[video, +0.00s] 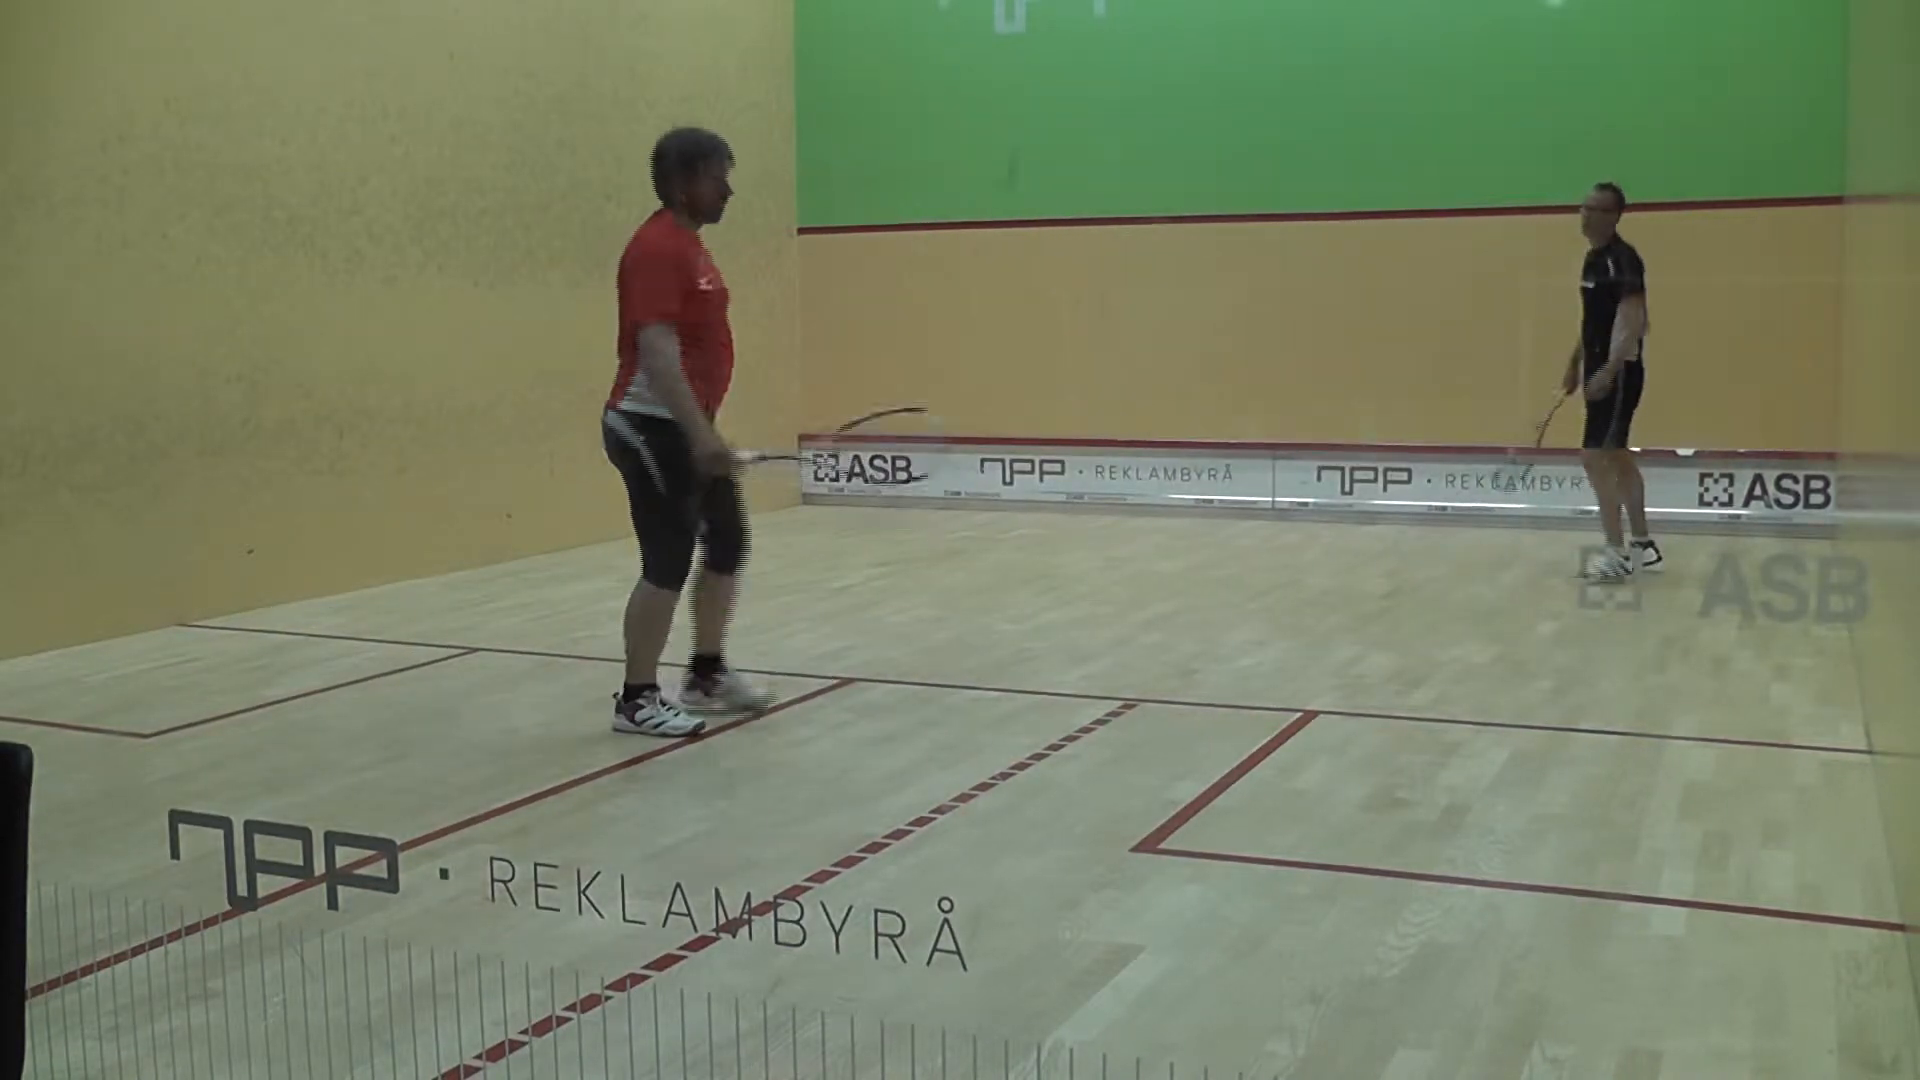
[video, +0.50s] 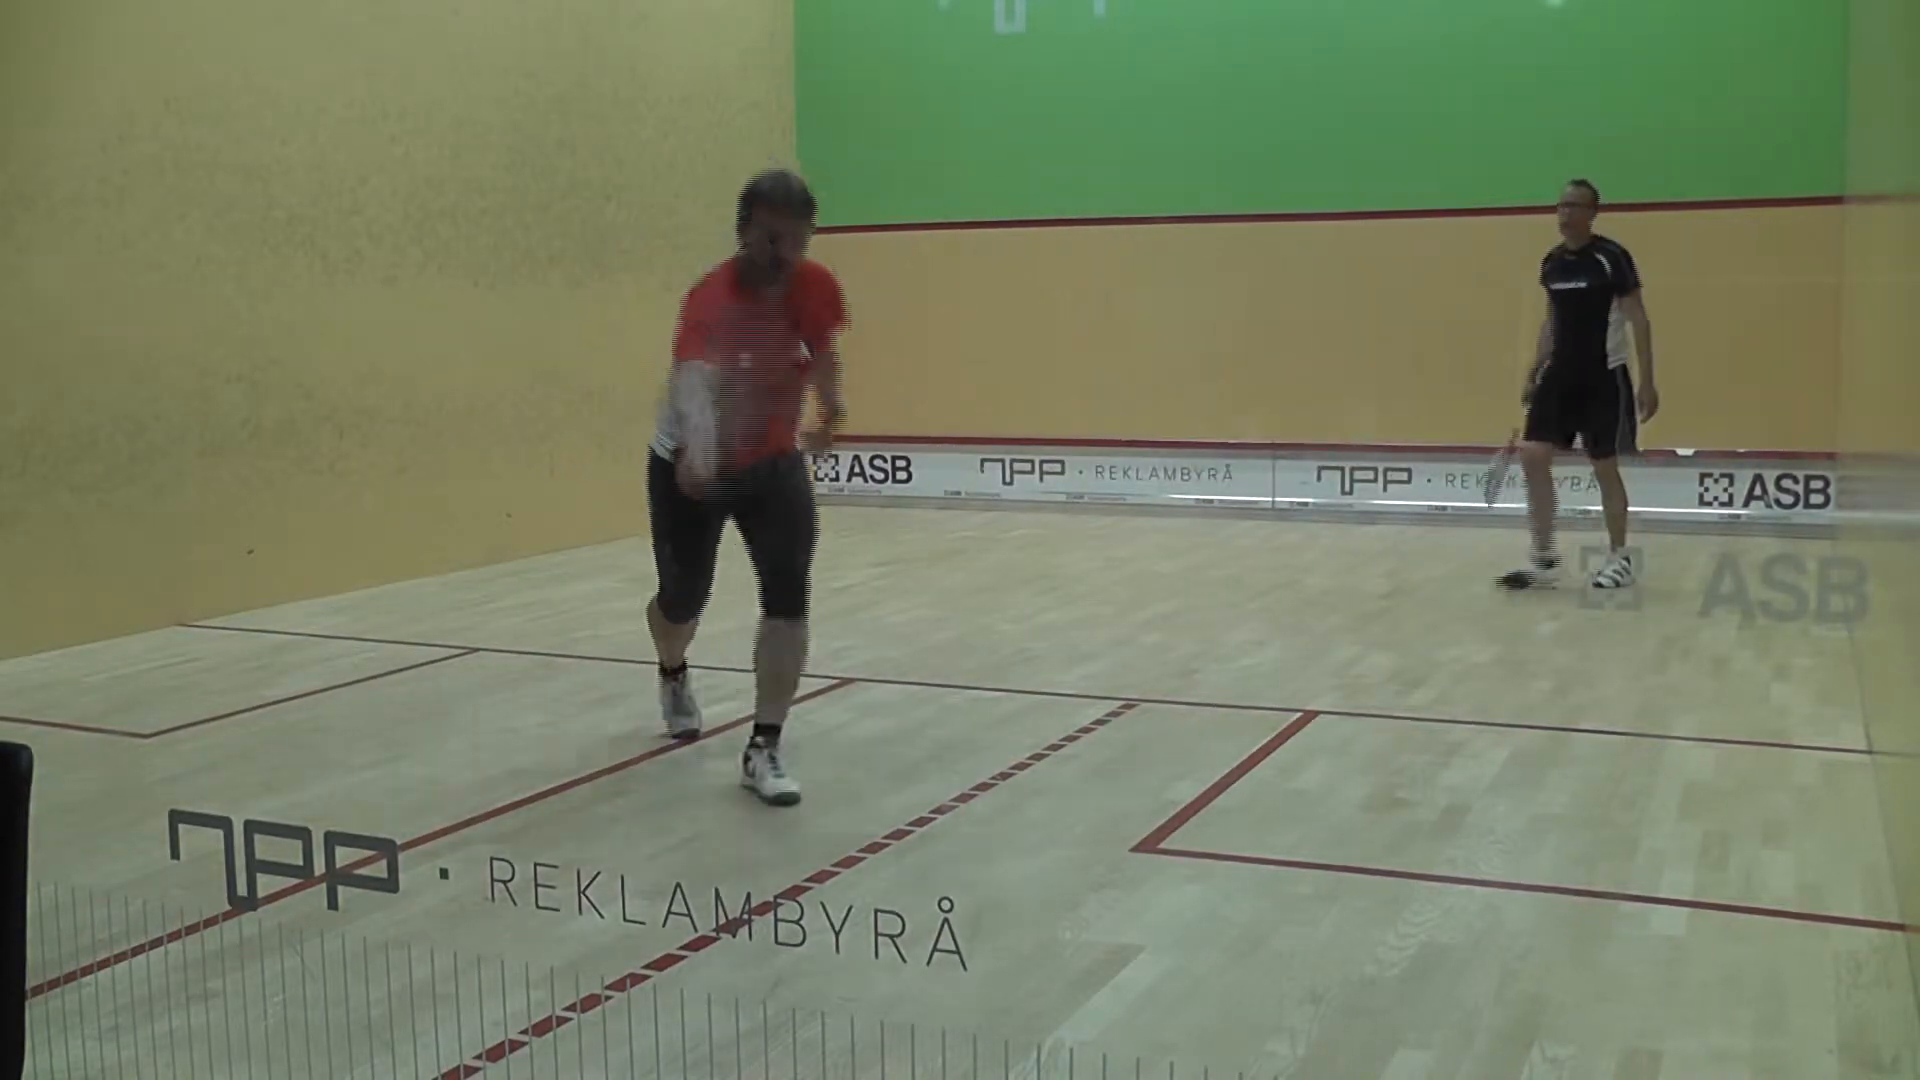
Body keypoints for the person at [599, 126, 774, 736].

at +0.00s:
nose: (729, 190)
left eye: (729, 178)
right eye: (720, 178)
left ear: (690, 184)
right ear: (683, 181)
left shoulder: (686, 242)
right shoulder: (656, 248)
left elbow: (682, 345)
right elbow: (657, 356)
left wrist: (703, 427)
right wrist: (700, 432)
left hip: (684, 420)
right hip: (645, 423)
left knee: (727, 539)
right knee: (669, 554)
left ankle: (706, 675)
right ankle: (638, 698)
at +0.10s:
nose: (731, 199)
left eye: (736, 187)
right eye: (721, 188)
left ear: (738, 185)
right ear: (685, 185)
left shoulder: (721, 246)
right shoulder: (653, 251)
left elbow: (709, 340)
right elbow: (641, 350)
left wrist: (718, 421)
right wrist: (672, 431)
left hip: (708, 428)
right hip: (643, 427)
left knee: (752, 548)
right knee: (660, 558)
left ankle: (736, 691)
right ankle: (637, 698)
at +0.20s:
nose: (735, 206)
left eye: (743, 194)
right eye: (722, 193)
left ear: (750, 190)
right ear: (691, 189)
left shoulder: (742, 248)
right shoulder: (658, 256)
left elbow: (725, 336)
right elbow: (638, 356)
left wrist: (731, 408)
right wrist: (659, 434)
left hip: (722, 431)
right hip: (649, 433)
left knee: (755, 559)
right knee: (659, 567)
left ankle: (757, 704)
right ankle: (643, 695)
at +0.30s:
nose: (748, 216)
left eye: (757, 203)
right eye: (735, 203)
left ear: (769, 202)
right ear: (707, 200)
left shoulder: (767, 258)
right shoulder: (673, 269)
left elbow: (757, 335)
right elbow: (643, 363)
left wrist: (763, 390)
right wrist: (657, 431)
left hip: (736, 442)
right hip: (662, 448)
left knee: (753, 574)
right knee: (666, 577)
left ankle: (773, 713)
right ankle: (661, 691)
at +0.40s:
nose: (760, 229)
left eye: (771, 216)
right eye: (748, 215)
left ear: (784, 214)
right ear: (722, 210)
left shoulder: (786, 270)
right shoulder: (689, 272)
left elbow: (782, 343)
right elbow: (656, 356)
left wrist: (784, 397)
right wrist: (667, 417)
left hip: (748, 455)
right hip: (672, 457)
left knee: (761, 592)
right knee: (671, 585)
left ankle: (764, 734)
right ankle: (666, 684)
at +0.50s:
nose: (777, 252)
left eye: (790, 239)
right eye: (765, 236)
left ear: (808, 238)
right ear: (741, 230)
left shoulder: (815, 290)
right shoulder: (708, 301)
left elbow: (823, 358)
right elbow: (691, 386)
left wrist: (832, 408)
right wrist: (698, 445)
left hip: (772, 463)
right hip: (693, 466)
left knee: (788, 599)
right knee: (682, 598)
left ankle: (764, 747)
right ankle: (673, 677)